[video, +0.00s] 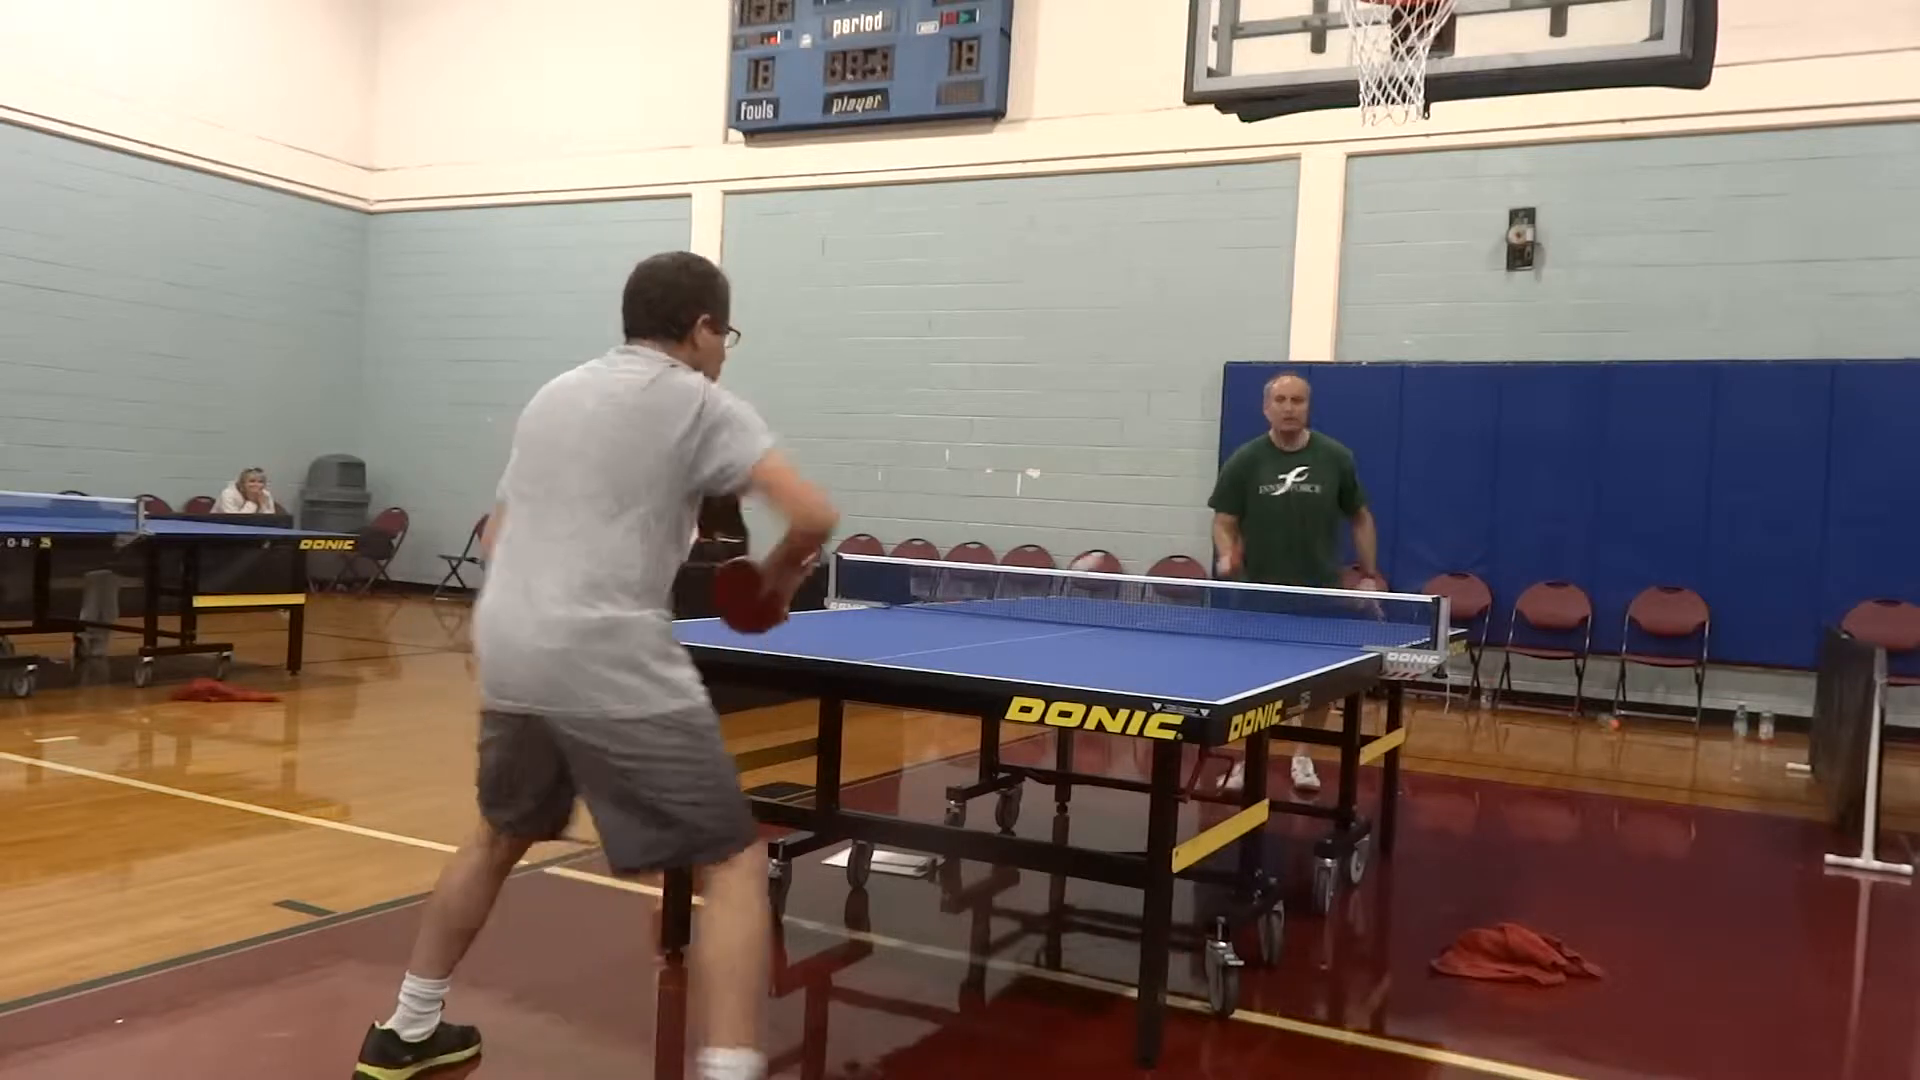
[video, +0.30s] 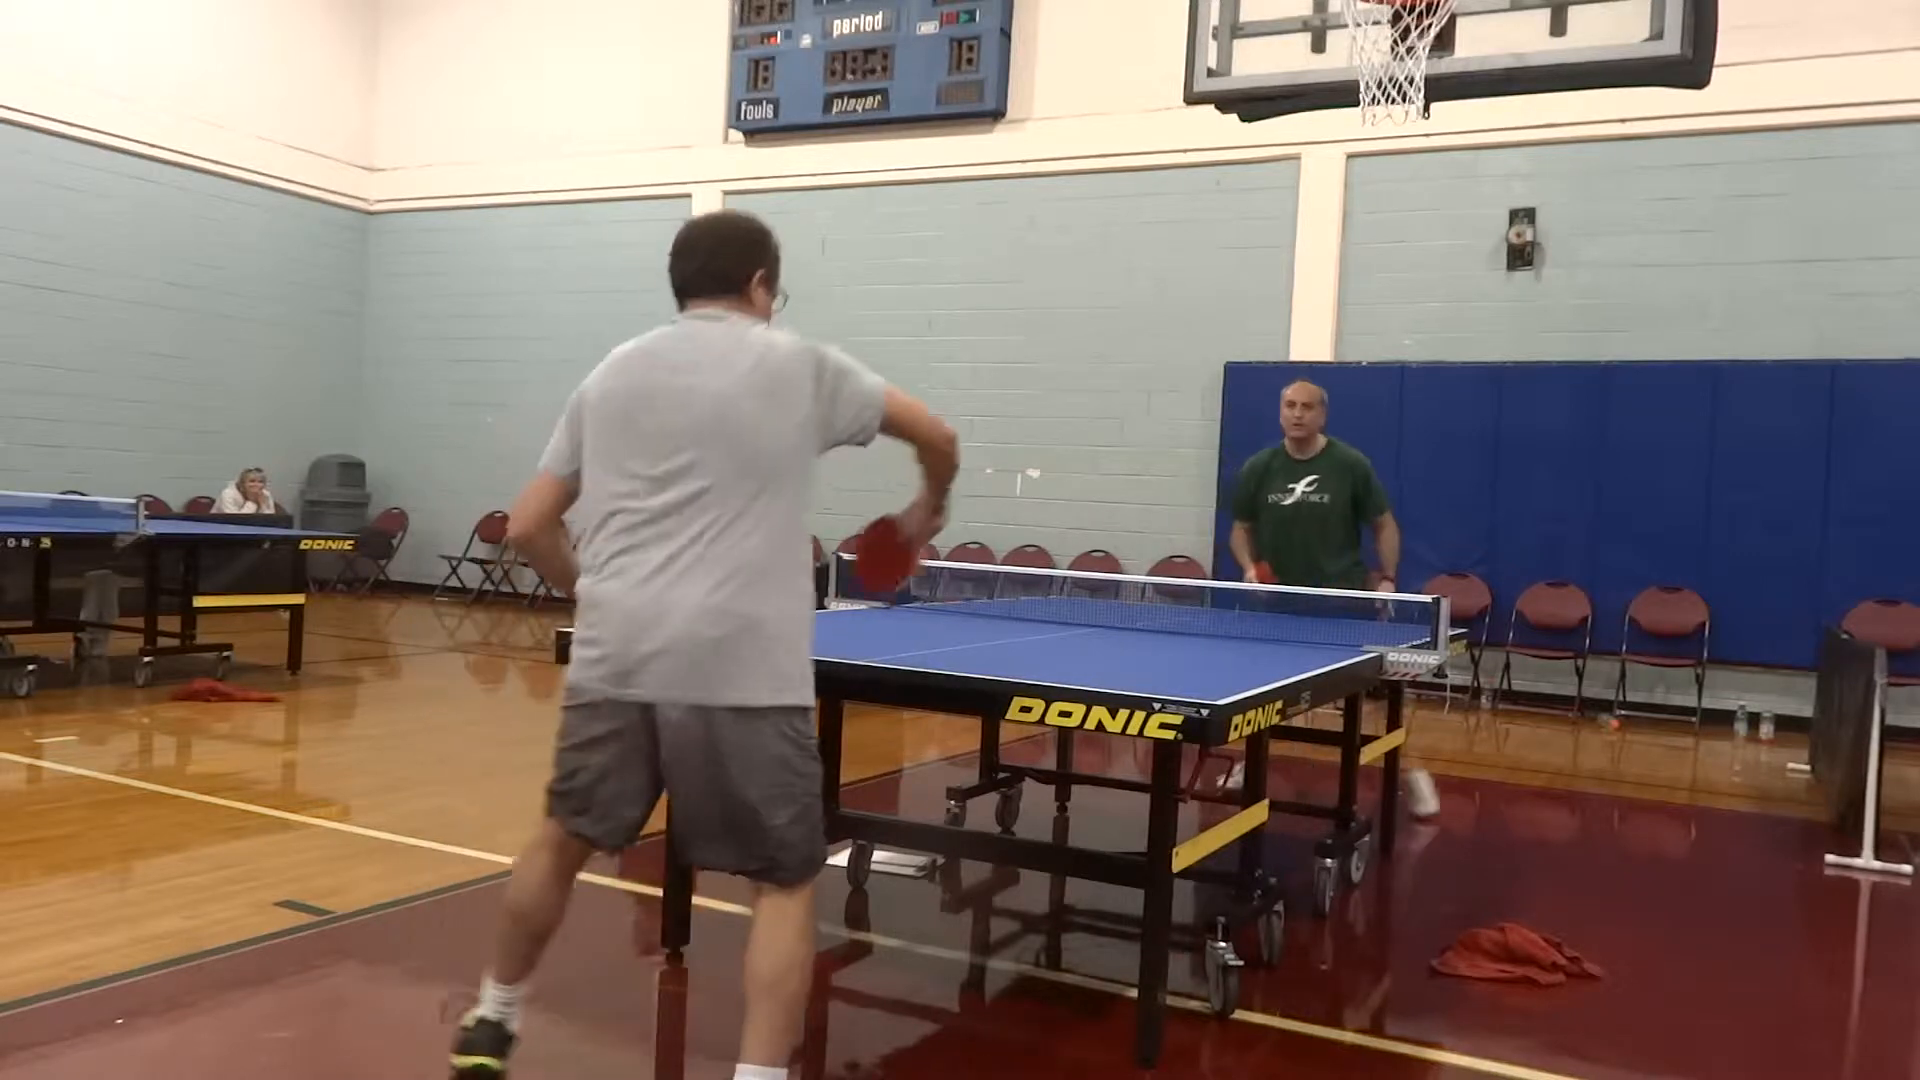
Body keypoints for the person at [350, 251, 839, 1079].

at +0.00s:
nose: (727, 349)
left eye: (729, 335)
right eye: (726, 334)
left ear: (632, 326)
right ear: (699, 329)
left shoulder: (553, 395)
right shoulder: (703, 400)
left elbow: (496, 536)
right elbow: (814, 514)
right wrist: (777, 573)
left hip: (506, 659)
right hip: (617, 668)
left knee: (496, 833)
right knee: (733, 862)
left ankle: (408, 1026)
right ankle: (730, 1070)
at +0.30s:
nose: (777, 300)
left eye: (776, 289)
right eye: (776, 288)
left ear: (676, 289)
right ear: (759, 286)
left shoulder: (612, 372)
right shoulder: (796, 360)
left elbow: (528, 526)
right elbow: (935, 435)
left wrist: (592, 589)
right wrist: (930, 509)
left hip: (613, 663)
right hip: (748, 675)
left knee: (561, 836)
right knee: (785, 882)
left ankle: (491, 1017)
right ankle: (758, 1074)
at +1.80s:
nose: (700, 215)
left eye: (722, 193)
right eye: (673, 194)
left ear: (749, 208)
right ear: (632, 209)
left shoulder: (757, 336)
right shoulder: (580, 341)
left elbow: (804, 466)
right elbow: (451, 506)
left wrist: (907, 567)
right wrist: (506, 679)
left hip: (712, 699)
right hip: (601, 705)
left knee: (635, 925)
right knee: (699, 931)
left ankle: (562, 1074)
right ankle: (686, 1078)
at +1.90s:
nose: (672, 189)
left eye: (695, 166)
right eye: (644, 168)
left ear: (732, 183)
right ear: (608, 189)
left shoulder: (760, 326)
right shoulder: (559, 329)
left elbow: (824, 465)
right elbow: (430, 504)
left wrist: (929, 563)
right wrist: (426, 703)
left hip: (706, 688)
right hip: (583, 691)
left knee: (628, 933)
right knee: (661, 936)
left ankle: (561, 1070)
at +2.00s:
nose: (648, 166)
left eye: (673, 141)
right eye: (618, 146)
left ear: (719, 162)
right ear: (587, 175)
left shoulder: (761, 311)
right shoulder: (537, 322)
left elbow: (824, 456)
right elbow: (415, 511)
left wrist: (909, 567)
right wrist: (357, 703)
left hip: (708, 697)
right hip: (570, 707)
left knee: (638, 962)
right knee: (604, 979)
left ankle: (571, 1068)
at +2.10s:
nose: (619, 148)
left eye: (648, 122)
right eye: (592, 130)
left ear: (705, 150)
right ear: (566, 165)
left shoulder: (760, 311)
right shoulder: (510, 320)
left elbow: (835, 472)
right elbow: (395, 518)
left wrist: (871, 603)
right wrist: (322, 712)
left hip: (703, 735)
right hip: (546, 745)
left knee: (655, 994)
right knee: (571, 1036)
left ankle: (617, 1067)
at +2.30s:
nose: (569, 87)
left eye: (607, 58)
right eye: (545, 64)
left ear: (681, 90)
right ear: (528, 94)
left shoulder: (751, 284)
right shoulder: (461, 275)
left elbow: (841, 490)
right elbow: (370, 481)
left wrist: (779, 652)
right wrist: (316, 680)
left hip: (702, 749)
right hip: (502, 759)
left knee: (720, 1042)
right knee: (538, 1044)